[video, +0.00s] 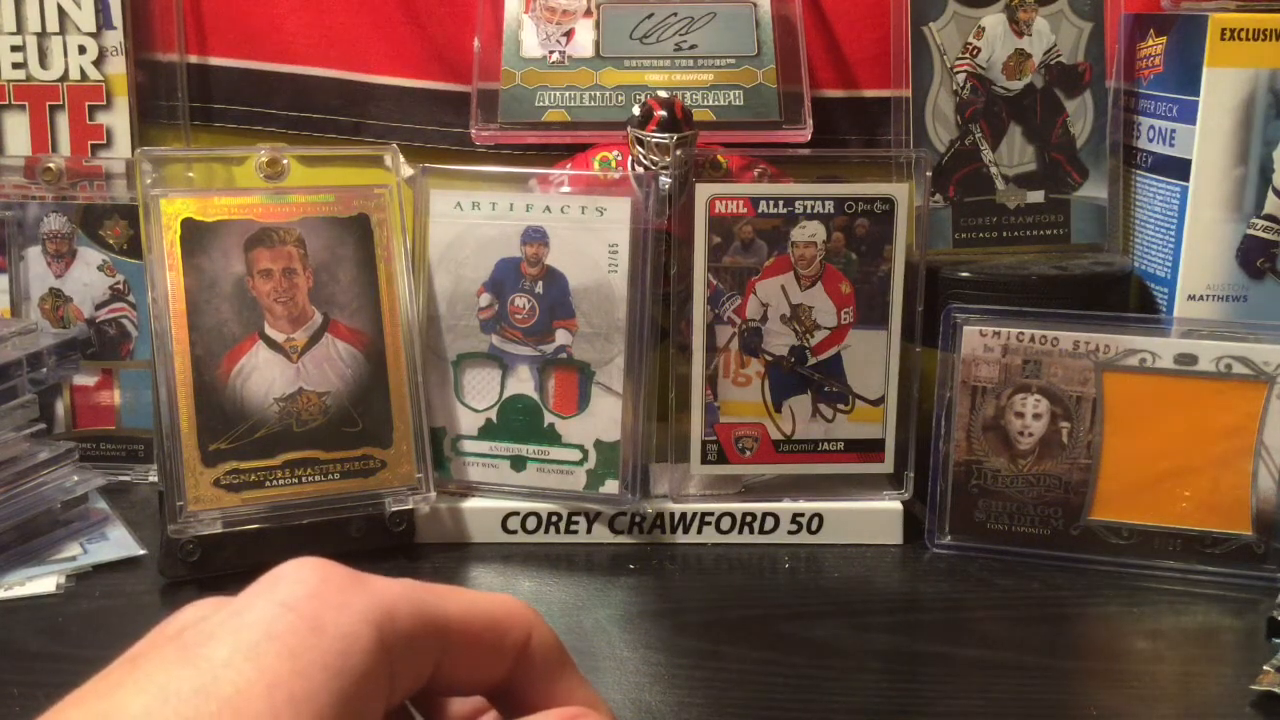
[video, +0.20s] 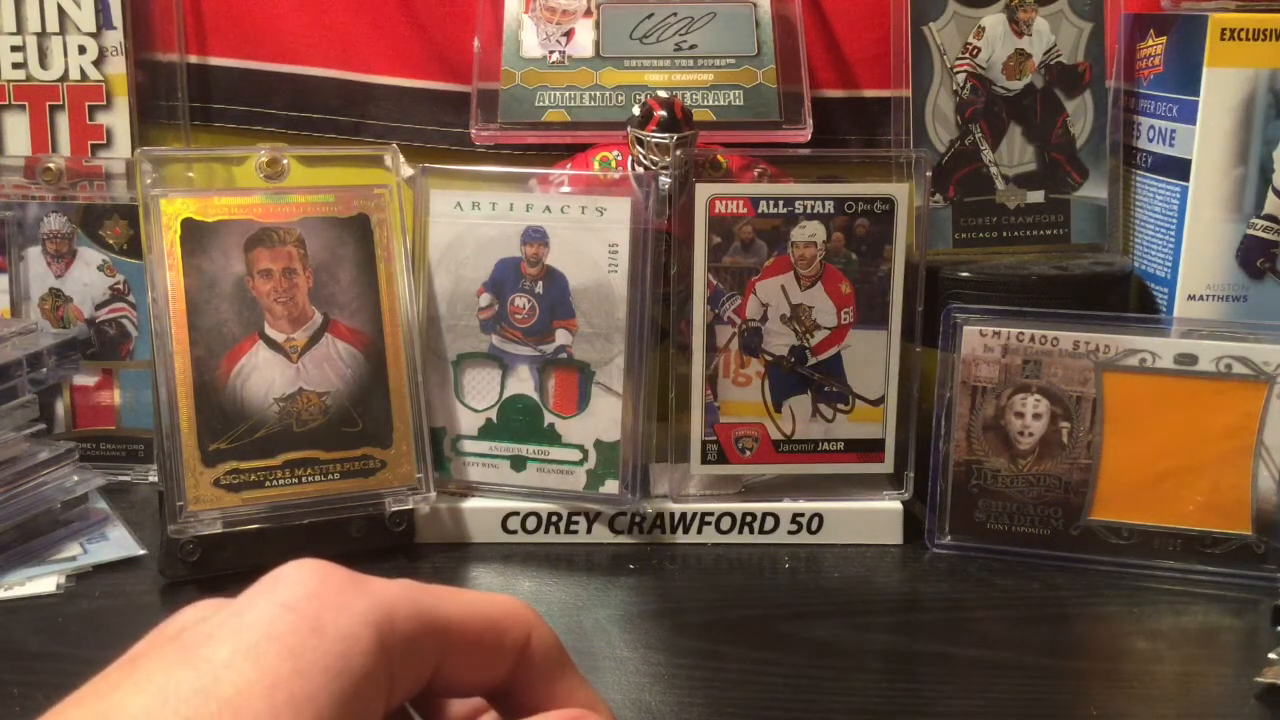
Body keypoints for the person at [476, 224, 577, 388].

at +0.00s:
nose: (534, 251)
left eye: (540, 246)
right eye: (530, 246)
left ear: (547, 250)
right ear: (522, 248)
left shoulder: (557, 280)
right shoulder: (504, 268)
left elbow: (565, 321)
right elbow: (487, 293)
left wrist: (562, 349)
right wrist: (487, 316)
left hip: (541, 354)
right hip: (503, 350)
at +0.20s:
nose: (535, 251)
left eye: (540, 246)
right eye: (530, 246)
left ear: (547, 250)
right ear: (522, 248)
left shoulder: (557, 280)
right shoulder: (504, 268)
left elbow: (565, 321)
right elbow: (486, 292)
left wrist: (562, 348)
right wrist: (487, 316)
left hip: (541, 354)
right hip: (502, 350)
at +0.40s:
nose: (535, 251)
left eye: (540, 246)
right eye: (530, 246)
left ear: (547, 250)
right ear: (522, 248)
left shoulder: (557, 280)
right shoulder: (504, 268)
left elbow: (565, 321)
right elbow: (486, 292)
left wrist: (562, 349)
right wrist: (487, 317)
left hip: (541, 354)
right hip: (503, 350)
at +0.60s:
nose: (534, 251)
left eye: (540, 246)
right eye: (530, 246)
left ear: (546, 250)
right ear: (522, 248)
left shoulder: (557, 280)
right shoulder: (504, 268)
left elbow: (565, 320)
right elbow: (487, 293)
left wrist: (562, 350)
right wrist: (487, 316)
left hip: (542, 354)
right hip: (503, 350)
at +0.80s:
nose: (534, 251)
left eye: (540, 247)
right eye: (530, 246)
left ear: (546, 250)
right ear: (522, 248)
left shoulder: (557, 280)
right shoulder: (504, 268)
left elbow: (565, 321)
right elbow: (487, 293)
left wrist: (562, 350)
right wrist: (487, 317)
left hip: (542, 353)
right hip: (503, 349)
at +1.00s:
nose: (535, 251)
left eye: (540, 247)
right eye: (530, 246)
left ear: (546, 250)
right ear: (522, 248)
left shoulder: (557, 280)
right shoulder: (504, 268)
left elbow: (565, 321)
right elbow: (486, 293)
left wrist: (562, 351)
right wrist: (487, 319)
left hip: (542, 352)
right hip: (503, 348)